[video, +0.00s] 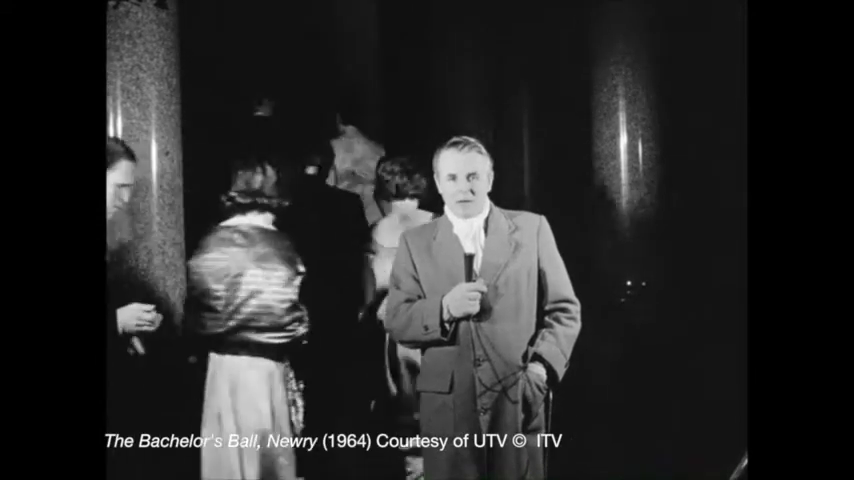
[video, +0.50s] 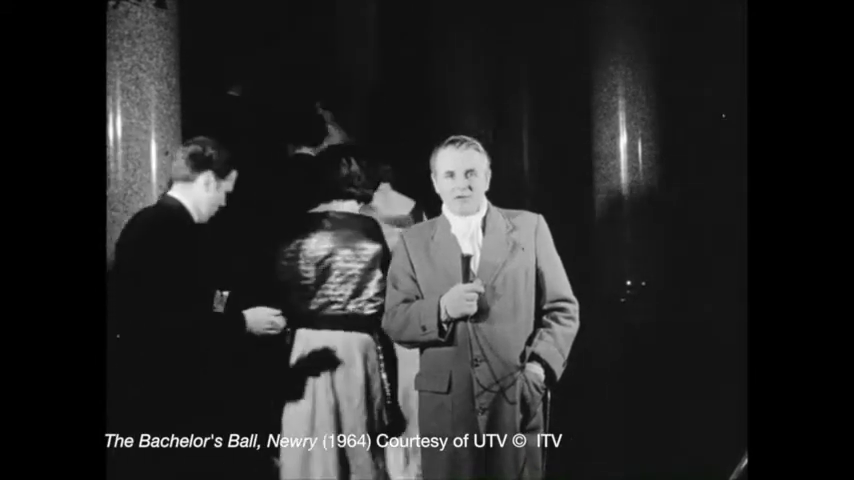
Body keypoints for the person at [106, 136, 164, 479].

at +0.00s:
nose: (127, 198)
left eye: (129, 188)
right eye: (120, 187)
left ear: (128, 186)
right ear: (101, 182)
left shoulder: (114, 247)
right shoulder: (111, 249)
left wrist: (134, 320)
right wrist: (118, 319)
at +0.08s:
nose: (138, 201)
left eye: (142, 191)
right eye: (135, 189)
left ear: (114, 178)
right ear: (110, 178)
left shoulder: (112, 246)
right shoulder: (105, 247)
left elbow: (127, 302)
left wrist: (158, 317)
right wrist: (131, 323)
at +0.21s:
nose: (169, 206)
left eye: (173, 197)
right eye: (165, 194)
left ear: (139, 183)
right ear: (136, 182)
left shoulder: (124, 238)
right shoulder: (114, 238)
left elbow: (132, 314)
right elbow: (118, 325)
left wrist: (170, 328)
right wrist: (163, 331)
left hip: (129, 395)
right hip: (119, 397)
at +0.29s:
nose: (188, 206)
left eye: (191, 197)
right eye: (186, 195)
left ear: (160, 184)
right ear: (160, 184)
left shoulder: (138, 235)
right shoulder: (122, 235)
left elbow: (139, 327)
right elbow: (129, 332)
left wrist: (187, 334)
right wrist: (187, 332)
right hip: (134, 395)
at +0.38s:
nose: (202, 206)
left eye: (206, 197)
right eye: (202, 195)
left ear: (177, 184)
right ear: (180, 185)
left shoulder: (158, 234)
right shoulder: (138, 233)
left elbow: (163, 310)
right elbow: (149, 322)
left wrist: (210, 309)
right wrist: (207, 330)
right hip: (141, 389)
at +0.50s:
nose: (224, 203)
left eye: (228, 194)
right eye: (226, 192)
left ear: (196, 178)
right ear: (206, 181)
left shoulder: (150, 225)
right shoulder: (172, 233)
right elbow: (172, 325)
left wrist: (210, 302)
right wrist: (242, 322)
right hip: (166, 394)